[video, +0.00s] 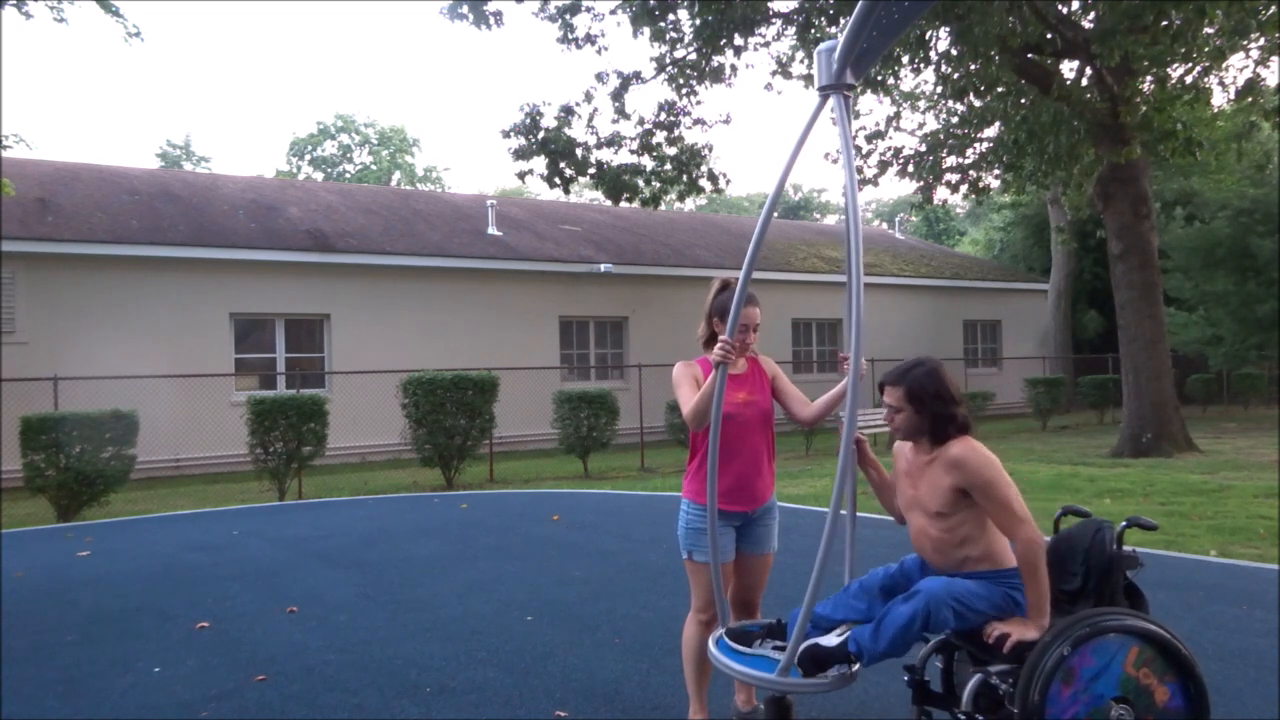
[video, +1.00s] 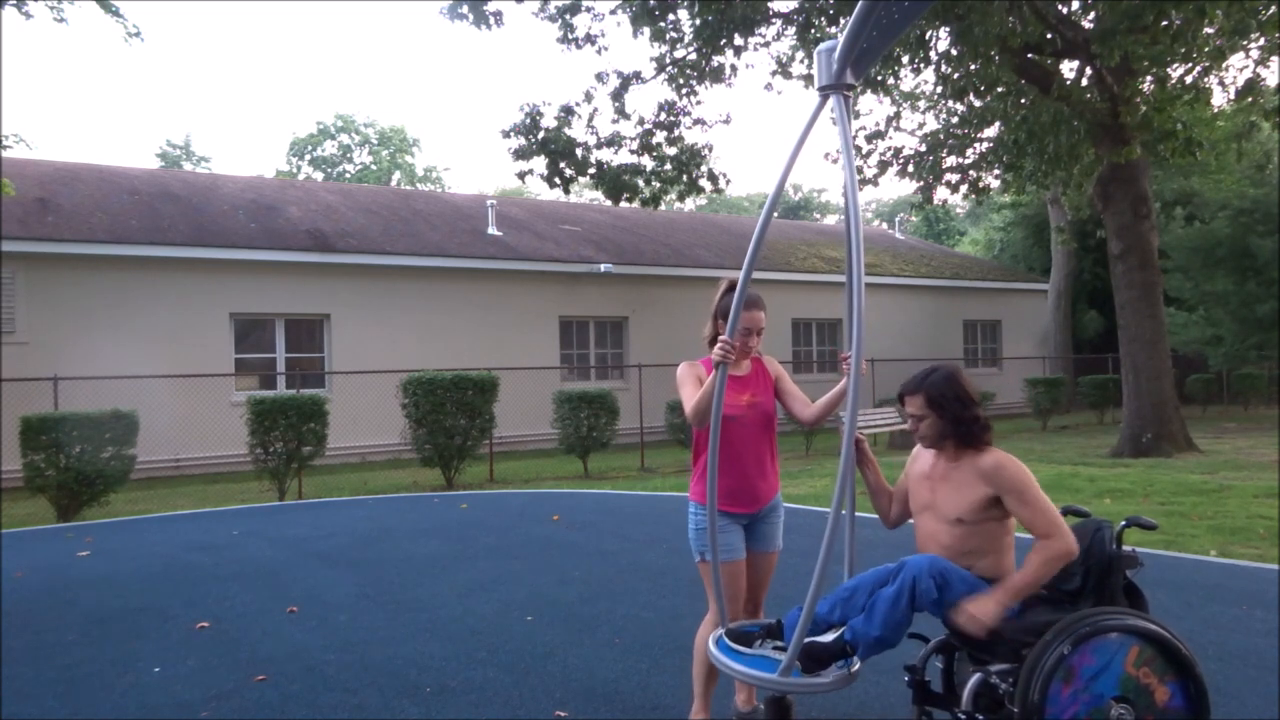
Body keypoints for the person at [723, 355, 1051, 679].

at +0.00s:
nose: (886, 416)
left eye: (894, 410)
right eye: (884, 407)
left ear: (926, 410)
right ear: (888, 405)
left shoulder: (966, 456)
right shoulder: (903, 451)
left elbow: (1029, 537)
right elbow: (901, 511)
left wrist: (1037, 621)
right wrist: (868, 461)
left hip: (994, 584)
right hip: (934, 569)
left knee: (928, 597)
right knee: (875, 587)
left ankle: (847, 649)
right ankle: (790, 630)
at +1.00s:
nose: (910, 428)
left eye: (917, 419)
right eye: (907, 419)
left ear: (948, 414)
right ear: (915, 416)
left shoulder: (997, 467)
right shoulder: (920, 455)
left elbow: (1061, 544)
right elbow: (892, 515)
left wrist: (998, 601)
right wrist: (866, 463)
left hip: (986, 594)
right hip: (932, 584)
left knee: (921, 568)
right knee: (882, 577)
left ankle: (842, 646)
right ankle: (784, 631)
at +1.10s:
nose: (919, 428)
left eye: (928, 418)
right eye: (915, 419)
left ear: (959, 414)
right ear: (915, 414)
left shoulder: (1005, 469)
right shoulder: (926, 456)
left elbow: (1041, 555)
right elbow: (893, 514)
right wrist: (867, 461)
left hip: (995, 594)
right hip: (939, 581)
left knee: (913, 573)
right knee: (882, 578)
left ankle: (841, 647)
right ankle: (784, 631)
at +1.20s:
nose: (928, 426)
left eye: (937, 418)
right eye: (925, 416)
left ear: (967, 416)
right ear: (925, 412)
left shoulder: (1008, 466)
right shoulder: (931, 456)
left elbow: (1001, 549)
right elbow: (897, 516)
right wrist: (871, 468)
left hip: (993, 594)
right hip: (937, 584)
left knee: (924, 565)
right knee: (890, 577)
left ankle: (844, 645)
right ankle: (784, 630)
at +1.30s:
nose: (936, 426)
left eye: (945, 418)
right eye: (933, 417)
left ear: (977, 416)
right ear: (933, 414)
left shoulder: (1013, 467)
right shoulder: (938, 454)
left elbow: (953, 516)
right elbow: (899, 515)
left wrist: (884, 460)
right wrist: (866, 464)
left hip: (995, 595)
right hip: (939, 585)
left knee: (923, 564)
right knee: (893, 580)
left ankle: (844, 645)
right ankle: (785, 630)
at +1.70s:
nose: (950, 430)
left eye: (960, 423)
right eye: (947, 420)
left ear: (993, 421)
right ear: (946, 413)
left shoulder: (1022, 470)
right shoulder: (949, 456)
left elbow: (943, 484)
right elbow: (920, 529)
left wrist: (878, 424)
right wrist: (876, 482)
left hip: (998, 597)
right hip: (945, 583)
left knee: (925, 565)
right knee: (892, 584)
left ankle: (846, 643)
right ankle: (789, 629)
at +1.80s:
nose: (952, 431)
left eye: (963, 423)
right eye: (949, 421)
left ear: (996, 422)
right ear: (947, 414)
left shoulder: (1024, 471)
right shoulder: (950, 459)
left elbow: (943, 483)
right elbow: (928, 534)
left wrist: (880, 423)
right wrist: (879, 520)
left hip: (998, 598)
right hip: (945, 584)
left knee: (926, 567)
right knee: (889, 586)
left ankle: (847, 644)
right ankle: (788, 630)